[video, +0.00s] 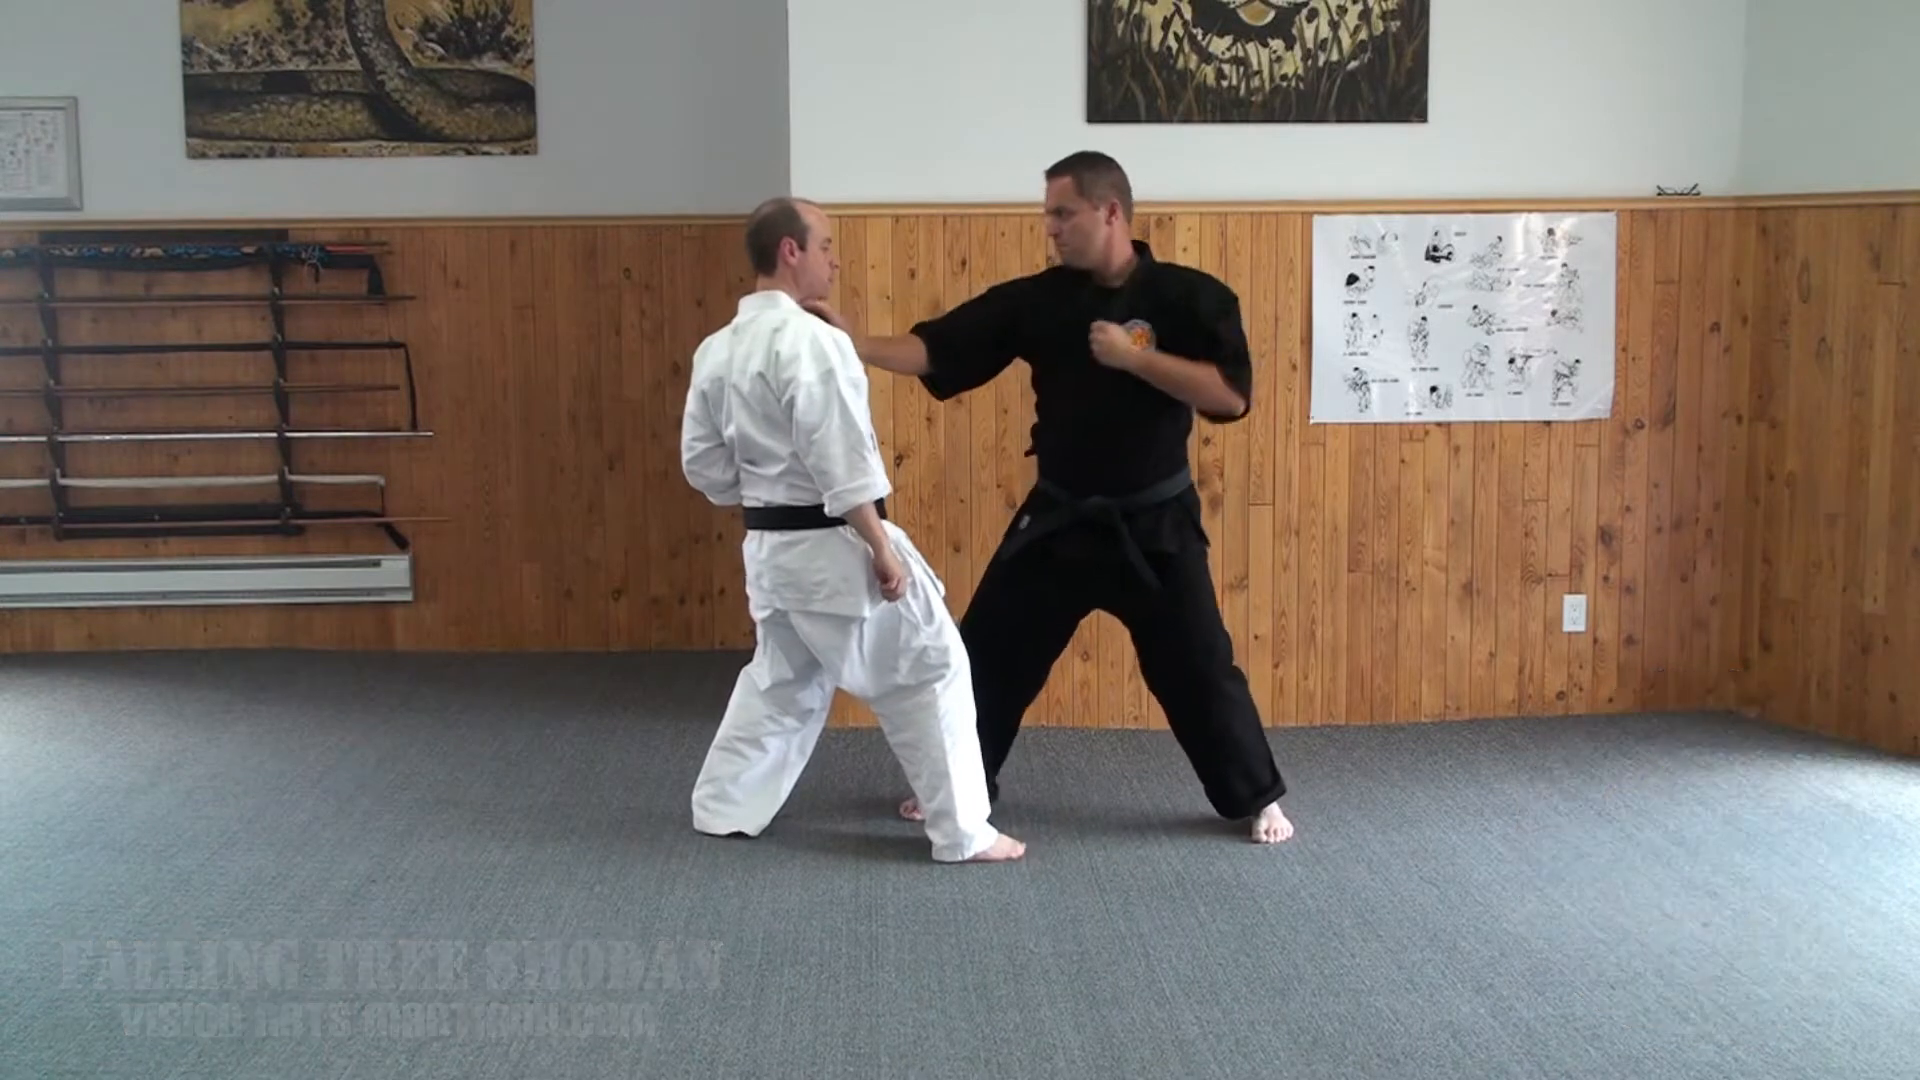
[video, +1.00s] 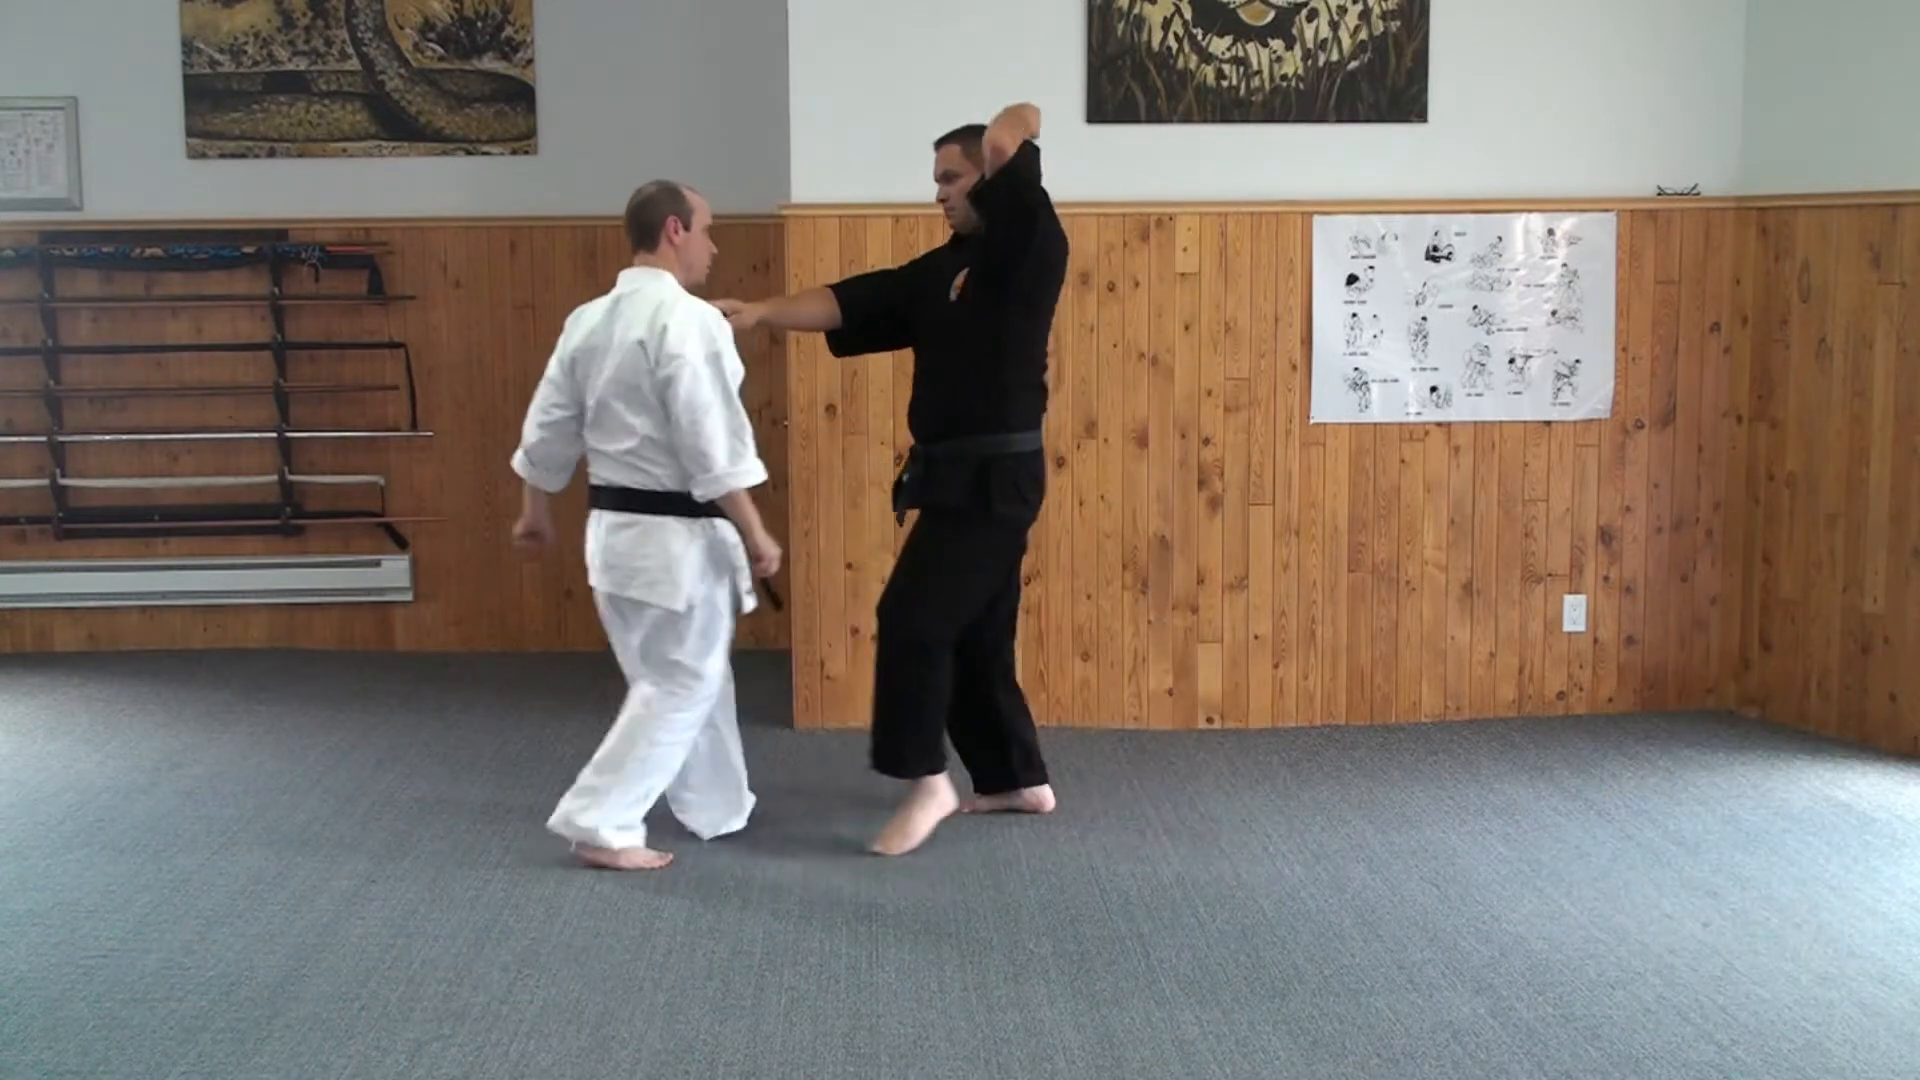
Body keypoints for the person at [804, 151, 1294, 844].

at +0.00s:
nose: (1051, 228)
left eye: (1063, 214)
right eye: (1048, 215)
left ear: (1113, 213)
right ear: (1051, 217)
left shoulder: (1192, 298)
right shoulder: (1034, 301)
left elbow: (1232, 397)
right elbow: (935, 348)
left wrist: (1136, 358)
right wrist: (848, 342)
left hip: (1155, 524)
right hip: (1054, 522)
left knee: (1200, 666)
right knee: (987, 655)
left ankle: (1260, 799)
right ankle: (957, 788)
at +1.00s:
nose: (939, 193)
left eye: (951, 179)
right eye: (937, 181)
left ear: (992, 177)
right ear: (946, 186)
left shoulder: (1027, 244)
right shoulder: (937, 269)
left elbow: (1018, 131)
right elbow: (850, 302)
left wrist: (1007, 133)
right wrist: (759, 311)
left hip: (996, 472)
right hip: (950, 472)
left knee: (910, 614)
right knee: (975, 631)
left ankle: (929, 784)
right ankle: (1017, 779)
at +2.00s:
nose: (781, 213)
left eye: (785, 202)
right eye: (788, 202)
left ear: (802, 209)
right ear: (858, 217)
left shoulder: (761, 292)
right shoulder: (889, 294)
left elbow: (669, 304)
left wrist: (715, 232)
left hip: (800, 528)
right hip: (893, 522)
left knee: (716, 681)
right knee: (910, 662)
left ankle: (724, 854)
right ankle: (963, 805)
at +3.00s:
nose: (730, 236)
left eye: (730, 224)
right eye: (726, 226)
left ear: (758, 212)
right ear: (791, 208)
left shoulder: (768, 261)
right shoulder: (852, 266)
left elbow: (643, 289)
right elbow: (778, 370)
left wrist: (626, 271)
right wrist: (683, 348)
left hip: (857, 492)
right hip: (907, 482)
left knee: (848, 671)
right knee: (839, 654)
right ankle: (826, 796)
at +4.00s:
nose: (727, 267)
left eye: (726, 257)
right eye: (724, 259)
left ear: (752, 239)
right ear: (789, 237)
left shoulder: (737, 286)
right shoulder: (847, 301)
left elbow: (624, 350)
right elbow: (776, 398)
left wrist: (732, 399)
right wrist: (677, 382)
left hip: (753, 528)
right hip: (837, 529)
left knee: (648, 661)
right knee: (787, 650)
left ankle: (679, 828)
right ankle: (818, 805)